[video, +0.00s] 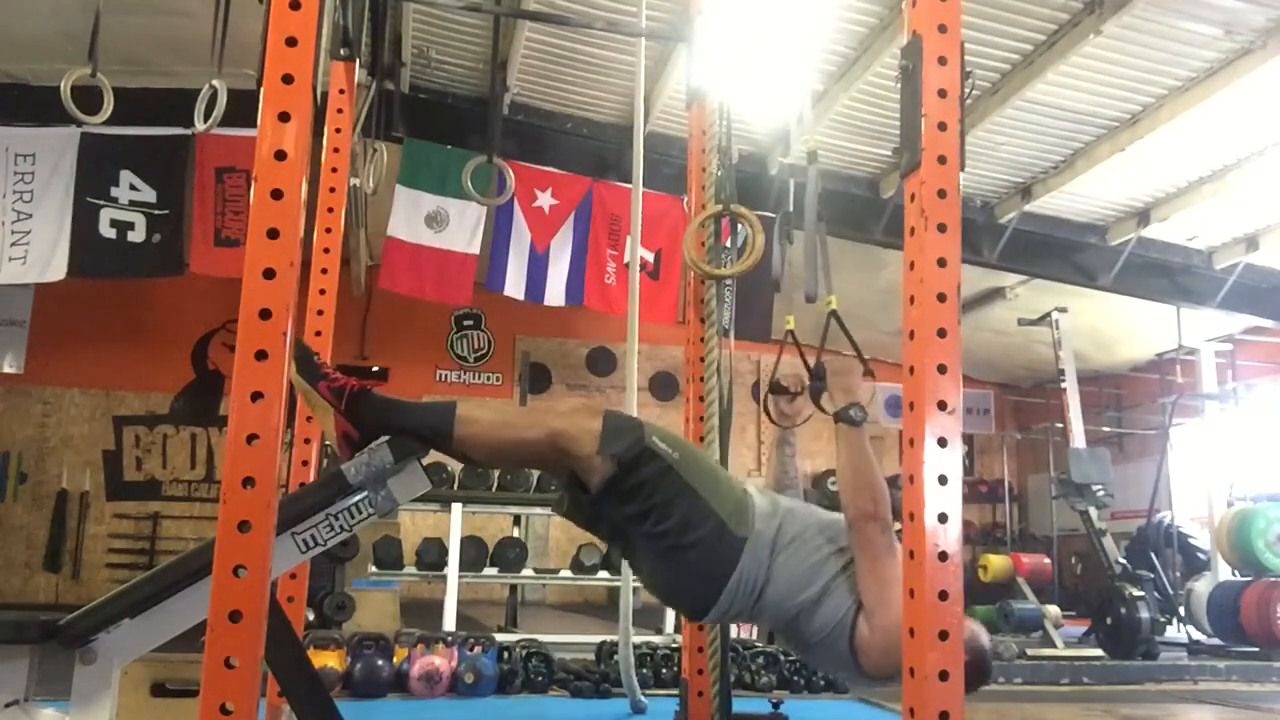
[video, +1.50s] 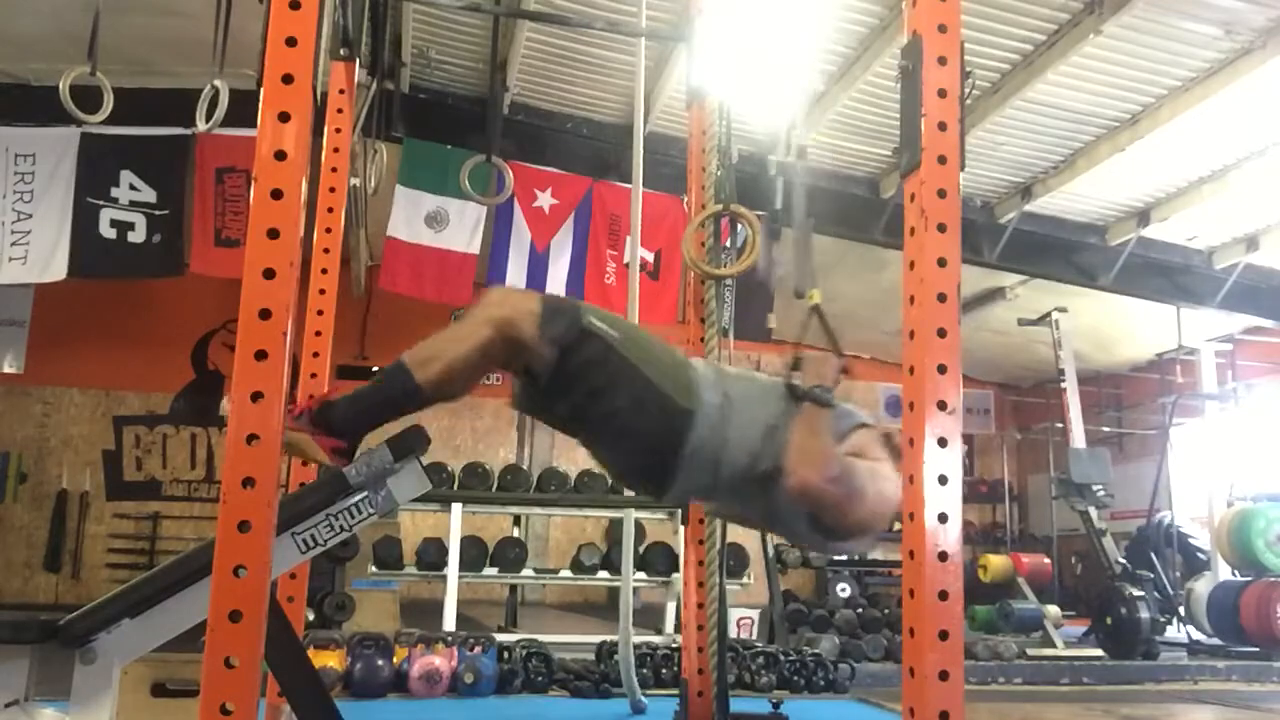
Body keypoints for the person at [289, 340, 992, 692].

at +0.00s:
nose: (947, 610)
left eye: (953, 629)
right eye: (957, 617)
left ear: (939, 659)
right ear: (942, 629)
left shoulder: (897, 649)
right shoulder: (890, 615)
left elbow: (876, 517)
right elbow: (871, 513)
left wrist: (852, 415)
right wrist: (844, 412)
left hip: (731, 554)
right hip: (734, 521)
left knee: (590, 432)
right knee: (576, 426)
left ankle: (382, 415)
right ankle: (390, 415)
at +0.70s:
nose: (970, 515)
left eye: (980, 528)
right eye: (982, 515)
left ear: (965, 559)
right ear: (969, 526)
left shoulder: (916, 559)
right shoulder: (910, 543)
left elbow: (872, 462)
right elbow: (865, 439)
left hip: (746, 494)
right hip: (739, 485)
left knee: (571, 410)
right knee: (562, 413)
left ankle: (366, 413)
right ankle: (376, 419)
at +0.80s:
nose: (986, 467)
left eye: (995, 478)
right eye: (991, 463)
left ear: (989, 508)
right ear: (978, 460)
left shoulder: (939, 528)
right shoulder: (930, 469)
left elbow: (887, 486)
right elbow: (876, 464)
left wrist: (917, 408)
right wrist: (883, 398)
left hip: (754, 468)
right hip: (745, 454)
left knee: (570, 407)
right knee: (560, 407)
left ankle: (365, 414)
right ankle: (373, 416)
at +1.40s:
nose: (926, 448)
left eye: (937, 463)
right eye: (934, 449)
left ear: (933, 495)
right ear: (922, 457)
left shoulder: (887, 511)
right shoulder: (875, 462)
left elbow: (844, 477)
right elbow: (832, 427)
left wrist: (843, 396)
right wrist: (842, 382)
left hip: (709, 434)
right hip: (702, 414)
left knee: (538, 327)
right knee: (528, 353)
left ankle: (360, 415)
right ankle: (370, 416)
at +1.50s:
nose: (912, 420)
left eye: (921, 429)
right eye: (921, 421)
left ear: (926, 459)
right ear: (922, 436)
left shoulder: (879, 495)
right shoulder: (865, 442)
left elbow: (810, 476)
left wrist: (813, 390)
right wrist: (813, 371)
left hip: (680, 425)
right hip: (677, 404)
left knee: (507, 312)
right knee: (501, 320)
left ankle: (342, 424)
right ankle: (348, 410)